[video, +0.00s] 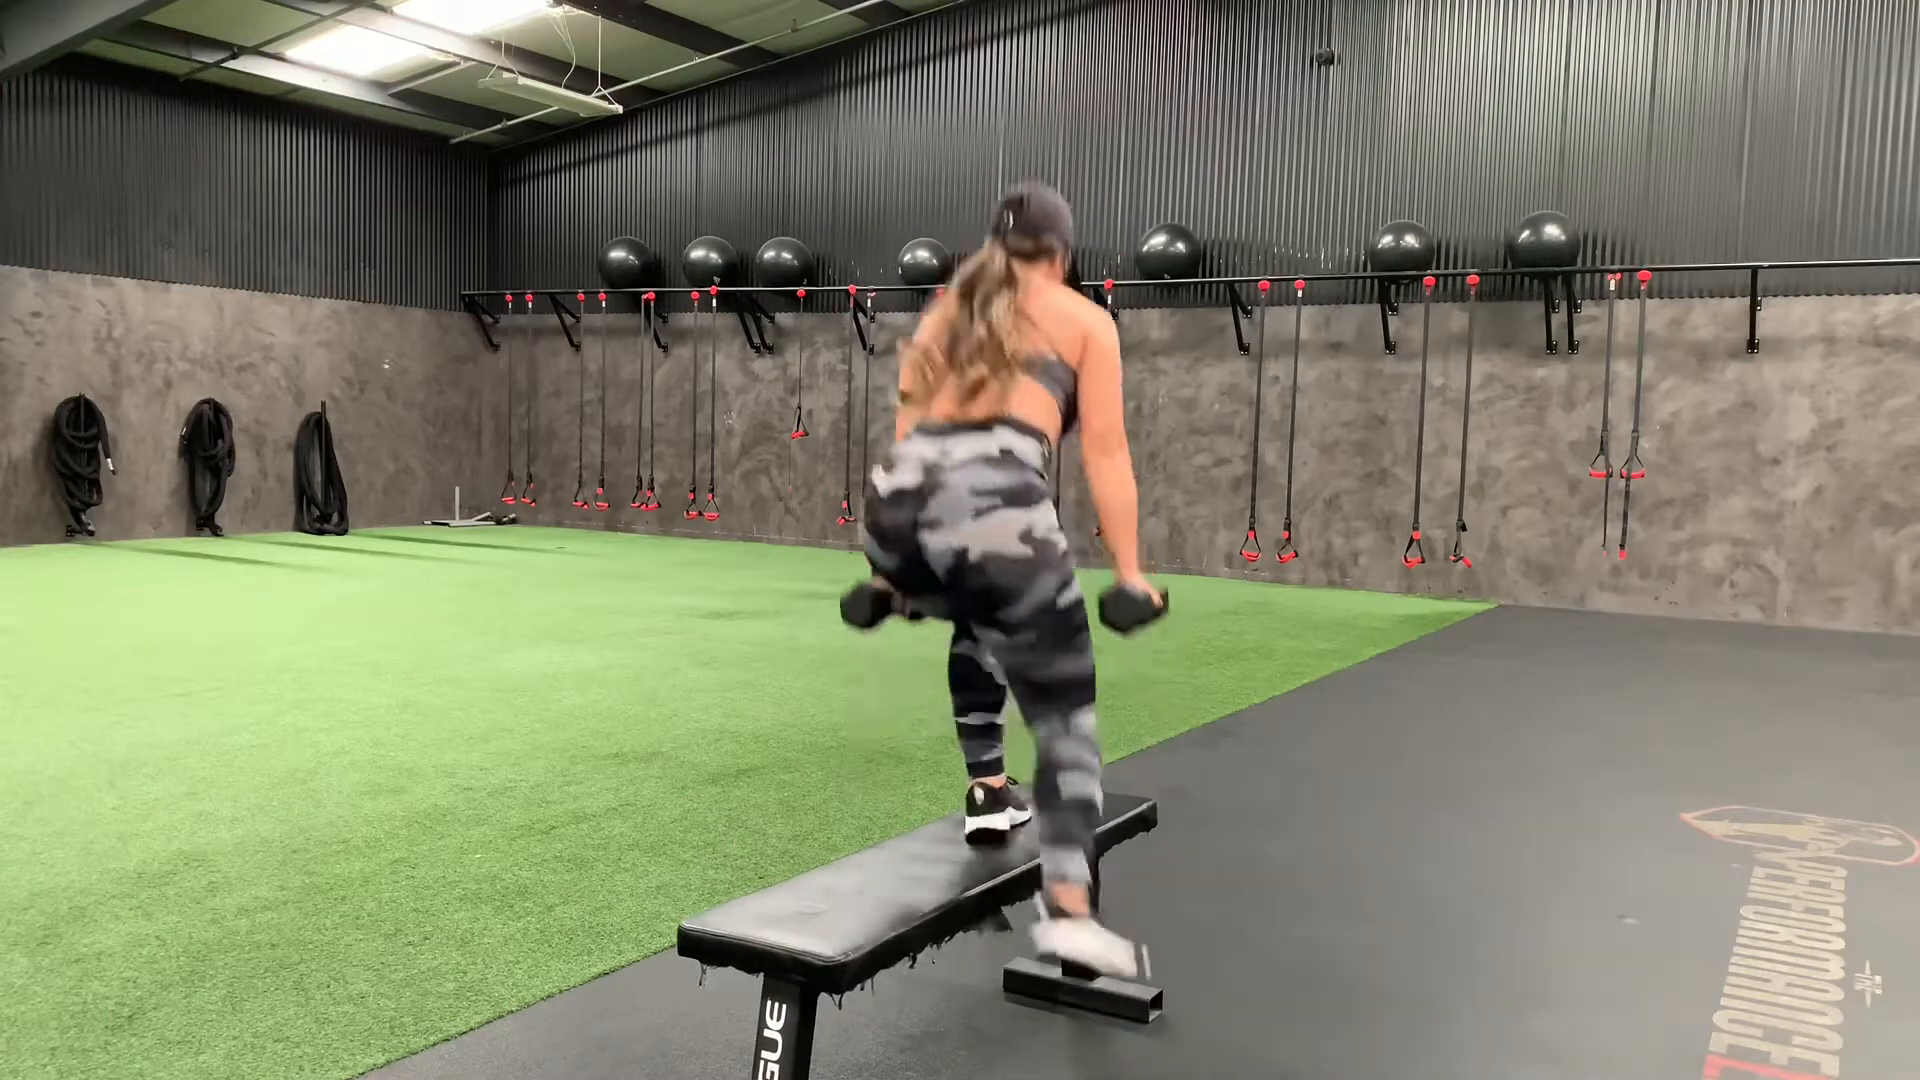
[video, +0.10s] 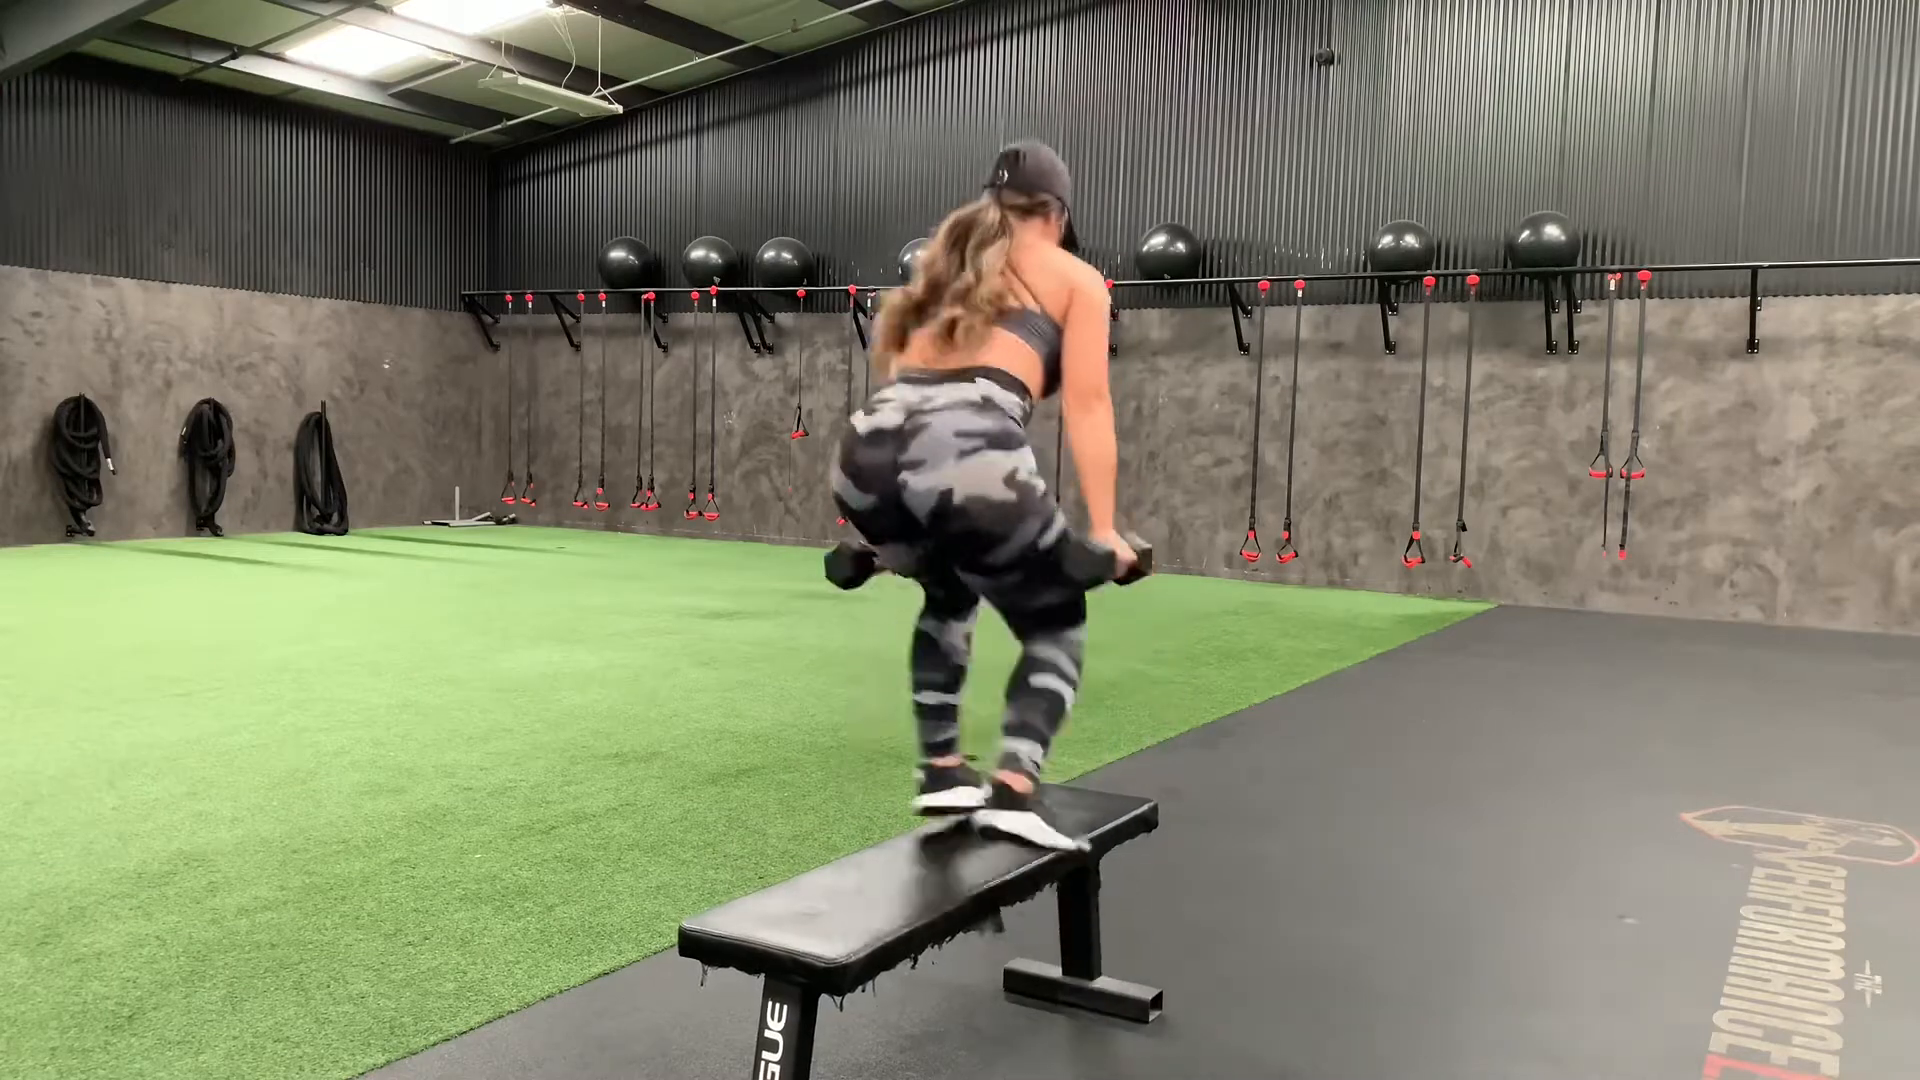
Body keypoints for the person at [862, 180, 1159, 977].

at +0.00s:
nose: (1062, 263)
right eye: (1065, 252)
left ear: (993, 243)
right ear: (1062, 250)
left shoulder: (944, 312)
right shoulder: (1085, 320)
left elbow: (905, 435)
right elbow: (1104, 448)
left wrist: (898, 568)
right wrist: (1129, 572)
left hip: (907, 505)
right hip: (1003, 505)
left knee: (971, 618)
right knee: (1062, 711)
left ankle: (987, 788)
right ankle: (1069, 911)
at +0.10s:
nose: (1059, 231)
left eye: (1053, 219)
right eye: (1059, 219)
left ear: (990, 208)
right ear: (1054, 215)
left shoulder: (938, 263)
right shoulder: (1073, 277)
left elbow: (889, 387)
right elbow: (1087, 404)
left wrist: (866, 523)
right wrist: (1102, 528)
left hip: (872, 456)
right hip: (974, 458)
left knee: (949, 592)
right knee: (1053, 620)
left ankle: (940, 771)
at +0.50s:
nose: (1012, 443)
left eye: (1013, 429)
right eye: (1012, 428)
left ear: (945, 417)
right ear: (995, 424)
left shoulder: (891, 476)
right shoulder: (991, 501)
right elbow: (994, 641)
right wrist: (1011, 771)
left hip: (794, 702)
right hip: (877, 708)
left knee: (786, 890)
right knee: (1028, 633)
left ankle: (649, 1037)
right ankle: (971, 812)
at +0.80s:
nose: (1085, 264)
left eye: (1084, 252)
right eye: (1086, 251)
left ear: (1017, 237)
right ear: (1078, 247)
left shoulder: (956, 293)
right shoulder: (1096, 310)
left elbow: (894, 409)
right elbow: (1094, 447)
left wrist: (838, 527)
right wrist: (1100, 574)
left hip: (857, 488)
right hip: (955, 488)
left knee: (899, 649)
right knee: (1040, 618)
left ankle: (786, 805)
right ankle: (981, 794)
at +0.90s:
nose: (1093, 239)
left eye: (1092, 228)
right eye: (1094, 226)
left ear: (1023, 210)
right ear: (1088, 219)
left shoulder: (961, 265)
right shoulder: (1109, 283)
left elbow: (894, 385)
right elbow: (1117, 418)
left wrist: (863, 502)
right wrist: (1130, 543)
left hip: (871, 442)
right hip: (977, 452)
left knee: (949, 583)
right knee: (1063, 603)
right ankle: (1013, 783)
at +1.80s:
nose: (1088, 267)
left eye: (1088, 256)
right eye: (1089, 255)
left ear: (1018, 235)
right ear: (1080, 246)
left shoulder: (951, 285)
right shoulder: (1090, 299)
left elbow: (902, 406)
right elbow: (1089, 431)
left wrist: (854, 531)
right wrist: (1090, 555)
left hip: (882, 464)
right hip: (983, 469)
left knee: (897, 646)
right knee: (1041, 622)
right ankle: (972, 796)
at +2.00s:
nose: (1059, 412)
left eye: (1058, 400)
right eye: (1060, 400)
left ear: (990, 384)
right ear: (1047, 397)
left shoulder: (920, 443)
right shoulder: (1048, 465)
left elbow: (881, 577)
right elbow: (1053, 607)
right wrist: (1064, 736)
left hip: (842, 665)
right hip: (936, 671)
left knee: (813, 856)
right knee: (1038, 664)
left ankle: (700, 1022)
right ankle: (974, 803)